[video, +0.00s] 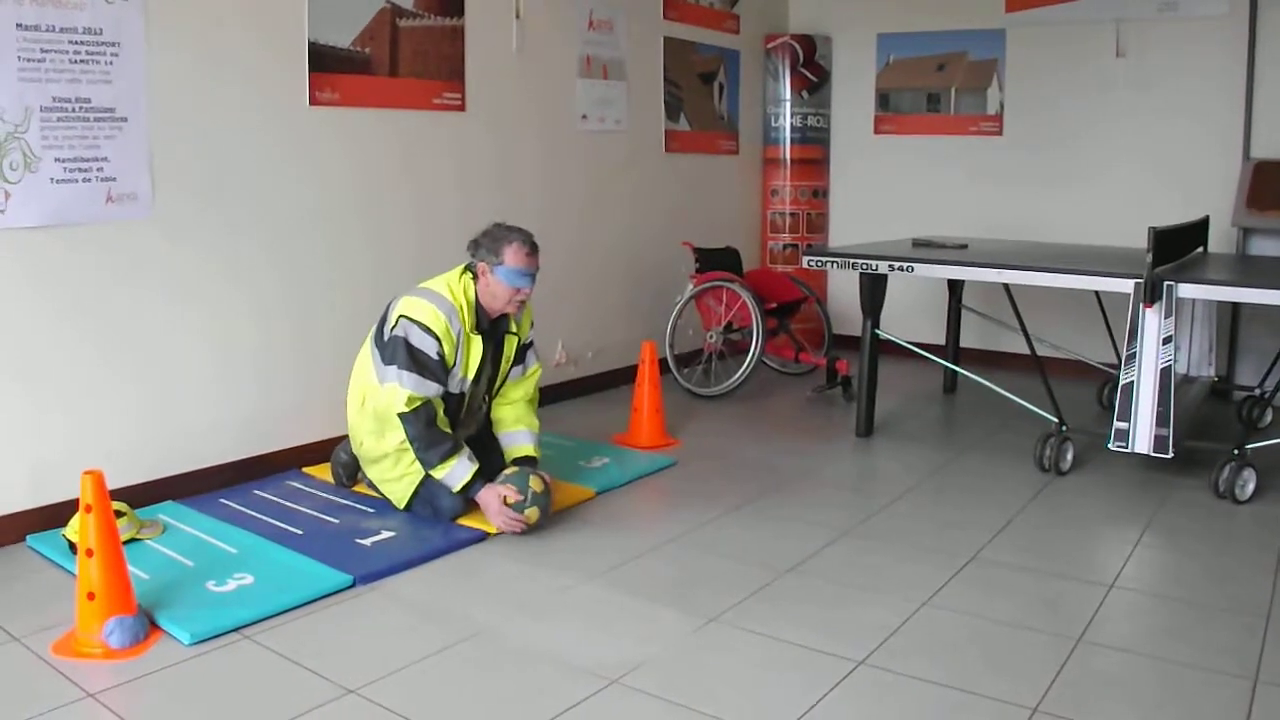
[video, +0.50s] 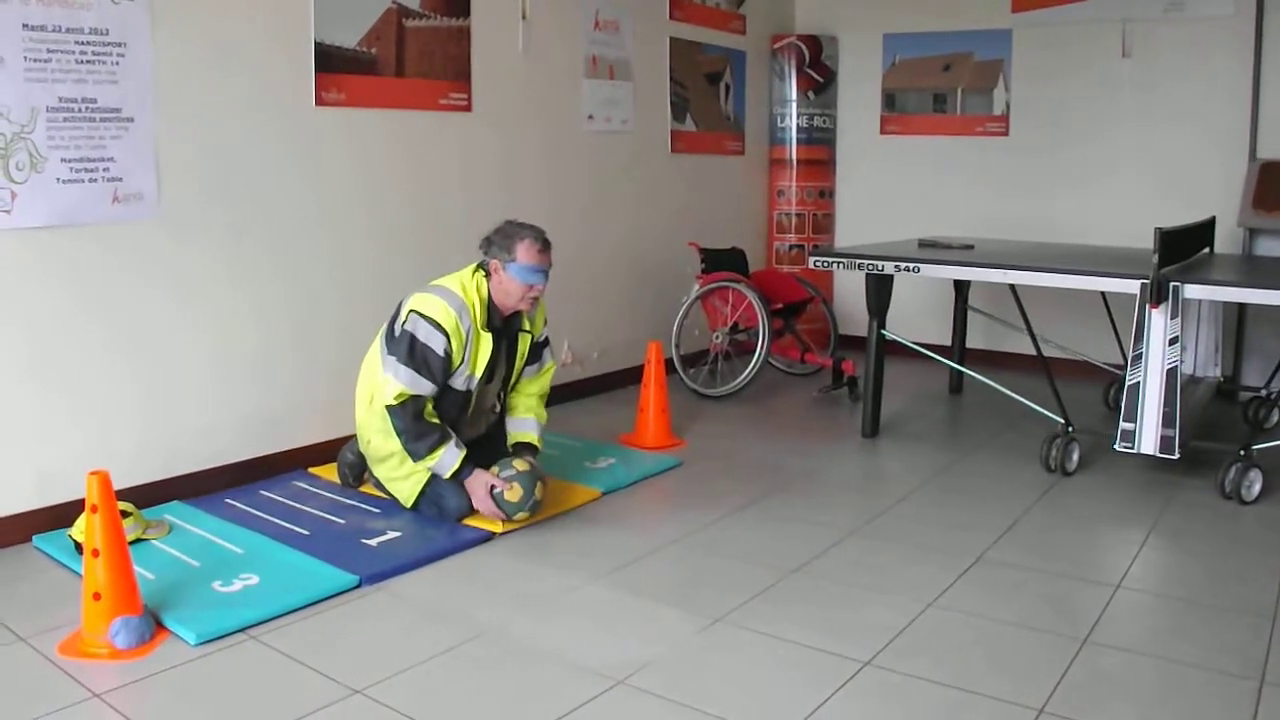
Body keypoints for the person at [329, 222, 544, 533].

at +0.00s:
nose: (527, 292)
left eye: (532, 280)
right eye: (517, 280)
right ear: (483, 272)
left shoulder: (516, 314)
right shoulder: (426, 316)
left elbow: (515, 394)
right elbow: (416, 419)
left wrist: (525, 466)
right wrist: (479, 489)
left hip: (456, 416)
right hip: (388, 428)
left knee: (498, 476)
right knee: (450, 506)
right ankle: (369, 458)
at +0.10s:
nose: (528, 292)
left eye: (534, 280)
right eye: (519, 280)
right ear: (485, 272)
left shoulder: (518, 314)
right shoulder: (428, 315)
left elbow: (518, 395)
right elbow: (418, 417)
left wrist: (526, 466)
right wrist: (481, 485)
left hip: (458, 416)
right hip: (390, 427)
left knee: (501, 477)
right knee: (452, 505)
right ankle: (369, 457)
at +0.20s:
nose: (532, 287)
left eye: (537, 275)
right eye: (522, 275)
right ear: (488, 268)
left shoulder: (521, 310)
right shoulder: (432, 312)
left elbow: (521, 391)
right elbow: (415, 411)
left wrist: (531, 461)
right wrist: (482, 477)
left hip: (460, 415)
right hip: (392, 429)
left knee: (509, 475)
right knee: (452, 504)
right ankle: (370, 459)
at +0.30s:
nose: (535, 287)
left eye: (540, 274)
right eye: (525, 274)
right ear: (491, 268)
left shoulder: (525, 308)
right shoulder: (435, 312)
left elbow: (525, 388)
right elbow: (412, 412)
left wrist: (532, 455)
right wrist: (479, 475)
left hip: (464, 416)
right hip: (395, 431)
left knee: (514, 475)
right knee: (454, 504)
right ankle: (371, 460)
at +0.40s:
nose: (537, 287)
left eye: (543, 275)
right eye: (527, 275)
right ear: (493, 269)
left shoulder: (528, 310)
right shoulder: (437, 312)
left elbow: (528, 386)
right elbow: (406, 410)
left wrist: (529, 452)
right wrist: (471, 473)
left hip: (465, 416)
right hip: (397, 431)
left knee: (512, 478)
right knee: (454, 505)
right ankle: (372, 459)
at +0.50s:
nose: (540, 288)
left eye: (545, 277)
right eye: (530, 276)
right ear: (495, 270)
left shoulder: (529, 310)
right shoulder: (439, 313)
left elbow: (529, 387)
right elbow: (404, 410)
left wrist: (525, 453)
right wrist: (467, 473)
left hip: (464, 418)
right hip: (398, 432)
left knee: (513, 482)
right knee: (454, 506)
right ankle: (372, 459)